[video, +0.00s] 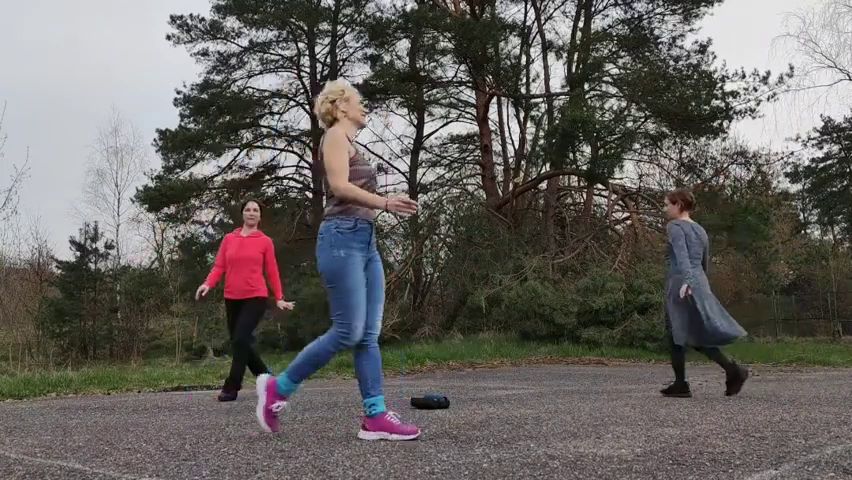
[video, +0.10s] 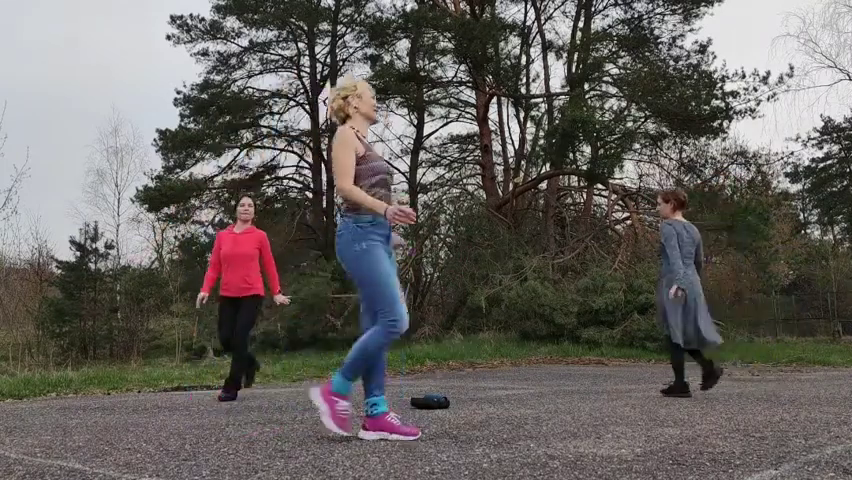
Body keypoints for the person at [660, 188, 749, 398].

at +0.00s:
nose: (665, 209)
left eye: (667, 205)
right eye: (665, 205)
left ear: (678, 205)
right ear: (682, 206)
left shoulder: (675, 227)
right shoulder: (700, 230)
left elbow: (682, 255)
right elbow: (704, 264)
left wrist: (687, 280)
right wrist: (699, 282)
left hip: (678, 288)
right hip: (698, 286)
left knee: (676, 335)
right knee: (696, 337)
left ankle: (680, 383)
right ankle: (732, 370)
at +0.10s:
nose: (658, 208)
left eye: (661, 204)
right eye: (658, 204)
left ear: (672, 205)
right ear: (678, 206)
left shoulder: (668, 226)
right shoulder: (693, 229)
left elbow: (674, 255)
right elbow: (698, 261)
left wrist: (678, 281)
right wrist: (694, 282)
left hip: (675, 284)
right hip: (692, 285)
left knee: (674, 334)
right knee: (685, 334)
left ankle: (679, 383)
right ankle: (708, 367)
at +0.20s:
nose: (652, 209)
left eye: (654, 205)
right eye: (652, 204)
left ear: (665, 205)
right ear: (669, 206)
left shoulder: (663, 227)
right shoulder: (688, 230)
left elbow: (664, 258)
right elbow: (693, 262)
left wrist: (662, 285)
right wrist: (688, 282)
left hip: (670, 284)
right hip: (686, 284)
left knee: (667, 332)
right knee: (678, 332)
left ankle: (680, 381)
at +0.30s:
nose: (647, 211)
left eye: (648, 207)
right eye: (647, 207)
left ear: (660, 206)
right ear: (664, 207)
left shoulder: (657, 230)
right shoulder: (681, 231)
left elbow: (650, 261)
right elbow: (687, 263)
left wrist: (645, 287)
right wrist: (690, 288)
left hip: (663, 287)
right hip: (680, 287)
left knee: (664, 334)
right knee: (653, 331)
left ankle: (680, 382)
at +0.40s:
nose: (641, 213)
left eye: (643, 208)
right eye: (641, 208)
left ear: (653, 208)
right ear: (658, 208)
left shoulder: (651, 230)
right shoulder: (676, 231)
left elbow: (635, 259)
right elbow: (684, 262)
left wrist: (616, 280)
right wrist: (691, 284)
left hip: (657, 286)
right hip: (674, 286)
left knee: (665, 334)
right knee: (641, 323)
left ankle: (679, 383)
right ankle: (619, 363)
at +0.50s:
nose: (632, 215)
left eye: (634, 211)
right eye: (632, 211)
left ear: (646, 209)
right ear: (650, 210)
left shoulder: (642, 232)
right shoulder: (669, 232)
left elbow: (619, 256)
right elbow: (683, 260)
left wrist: (594, 266)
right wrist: (692, 281)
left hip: (651, 288)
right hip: (667, 287)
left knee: (663, 334)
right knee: (631, 315)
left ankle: (679, 383)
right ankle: (610, 358)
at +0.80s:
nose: (608, 224)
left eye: (610, 220)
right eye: (608, 220)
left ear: (622, 218)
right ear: (625, 219)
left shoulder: (616, 241)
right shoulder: (644, 239)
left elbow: (592, 259)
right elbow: (660, 265)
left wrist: (567, 269)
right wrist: (676, 284)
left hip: (624, 293)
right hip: (641, 291)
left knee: (636, 340)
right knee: (623, 336)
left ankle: (667, 375)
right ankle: (631, 381)